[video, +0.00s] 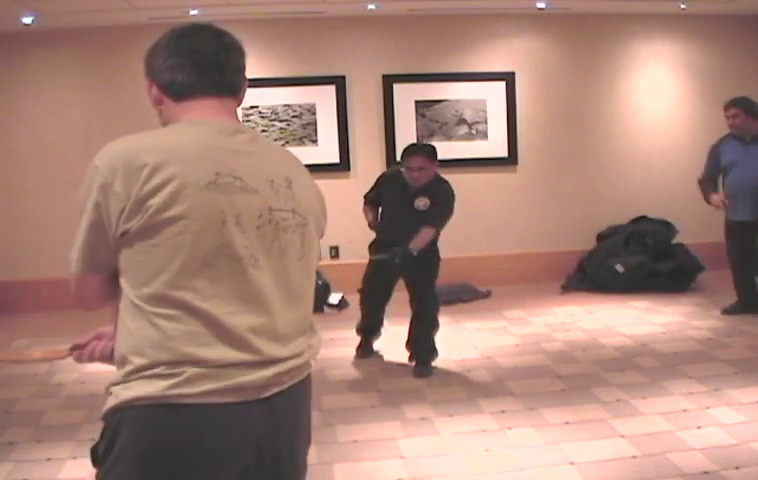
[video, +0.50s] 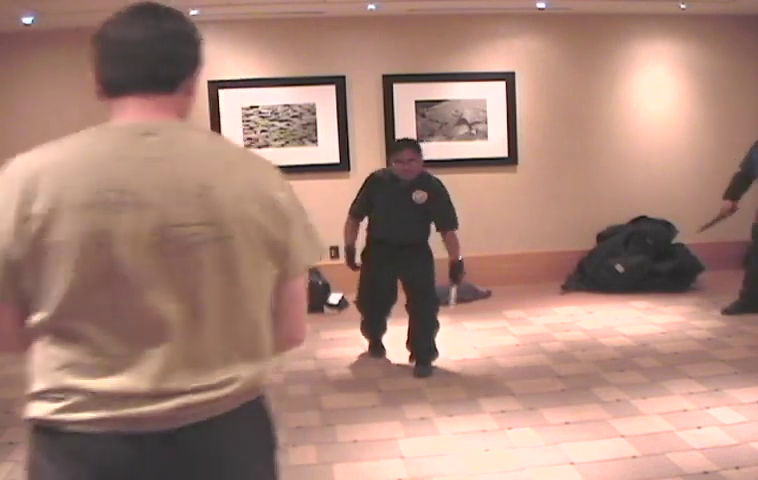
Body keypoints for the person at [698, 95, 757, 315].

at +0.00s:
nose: (730, 122)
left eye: (734, 116)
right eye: (728, 117)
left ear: (750, 116)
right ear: (726, 119)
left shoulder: (755, 143)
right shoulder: (723, 146)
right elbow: (707, 176)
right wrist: (710, 194)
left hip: (753, 216)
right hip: (738, 217)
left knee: (752, 260)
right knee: (740, 260)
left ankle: (752, 300)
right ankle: (745, 299)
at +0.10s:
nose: (735, 120)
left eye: (740, 115)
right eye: (732, 116)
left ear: (754, 116)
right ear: (730, 118)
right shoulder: (726, 146)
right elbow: (715, 177)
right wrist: (721, 200)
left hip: (753, 215)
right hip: (740, 216)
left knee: (751, 259)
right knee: (741, 259)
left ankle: (752, 299)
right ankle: (745, 299)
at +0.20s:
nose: (744, 119)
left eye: (748, 114)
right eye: (740, 115)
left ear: (757, 115)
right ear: (737, 118)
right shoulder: (732, 146)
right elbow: (720, 176)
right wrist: (722, 204)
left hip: (753, 215)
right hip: (742, 215)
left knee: (751, 259)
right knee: (742, 259)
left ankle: (751, 299)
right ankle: (745, 299)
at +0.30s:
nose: (753, 118)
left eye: (755, 114)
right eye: (751, 114)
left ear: (756, 115)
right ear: (748, 116)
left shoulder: (745, 145)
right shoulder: (743, 145)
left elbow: (726, 173)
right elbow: (727, 173)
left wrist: (722, 202)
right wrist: (721, 202)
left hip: (751, 218)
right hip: (749, 217)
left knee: (748, 259)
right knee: (746, 258)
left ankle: (748, 299)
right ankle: (747, 299)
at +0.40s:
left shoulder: (750, 147)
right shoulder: (751, 147)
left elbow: (736, 172)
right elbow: (736, 172)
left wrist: (723, 200)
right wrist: (723, 199)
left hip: (754, 217)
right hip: (754, 216)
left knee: (750, 257)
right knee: (749, 257)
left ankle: (748, 299)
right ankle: (747, 299)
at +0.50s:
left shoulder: (754, 151)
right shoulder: (755, 150)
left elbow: (747, 170)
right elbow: (747, 170)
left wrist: (731, 196)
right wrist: (731, 196)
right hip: (757, 220)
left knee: (754, 254)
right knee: (754, 254)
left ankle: (749, 296)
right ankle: (749, 296)